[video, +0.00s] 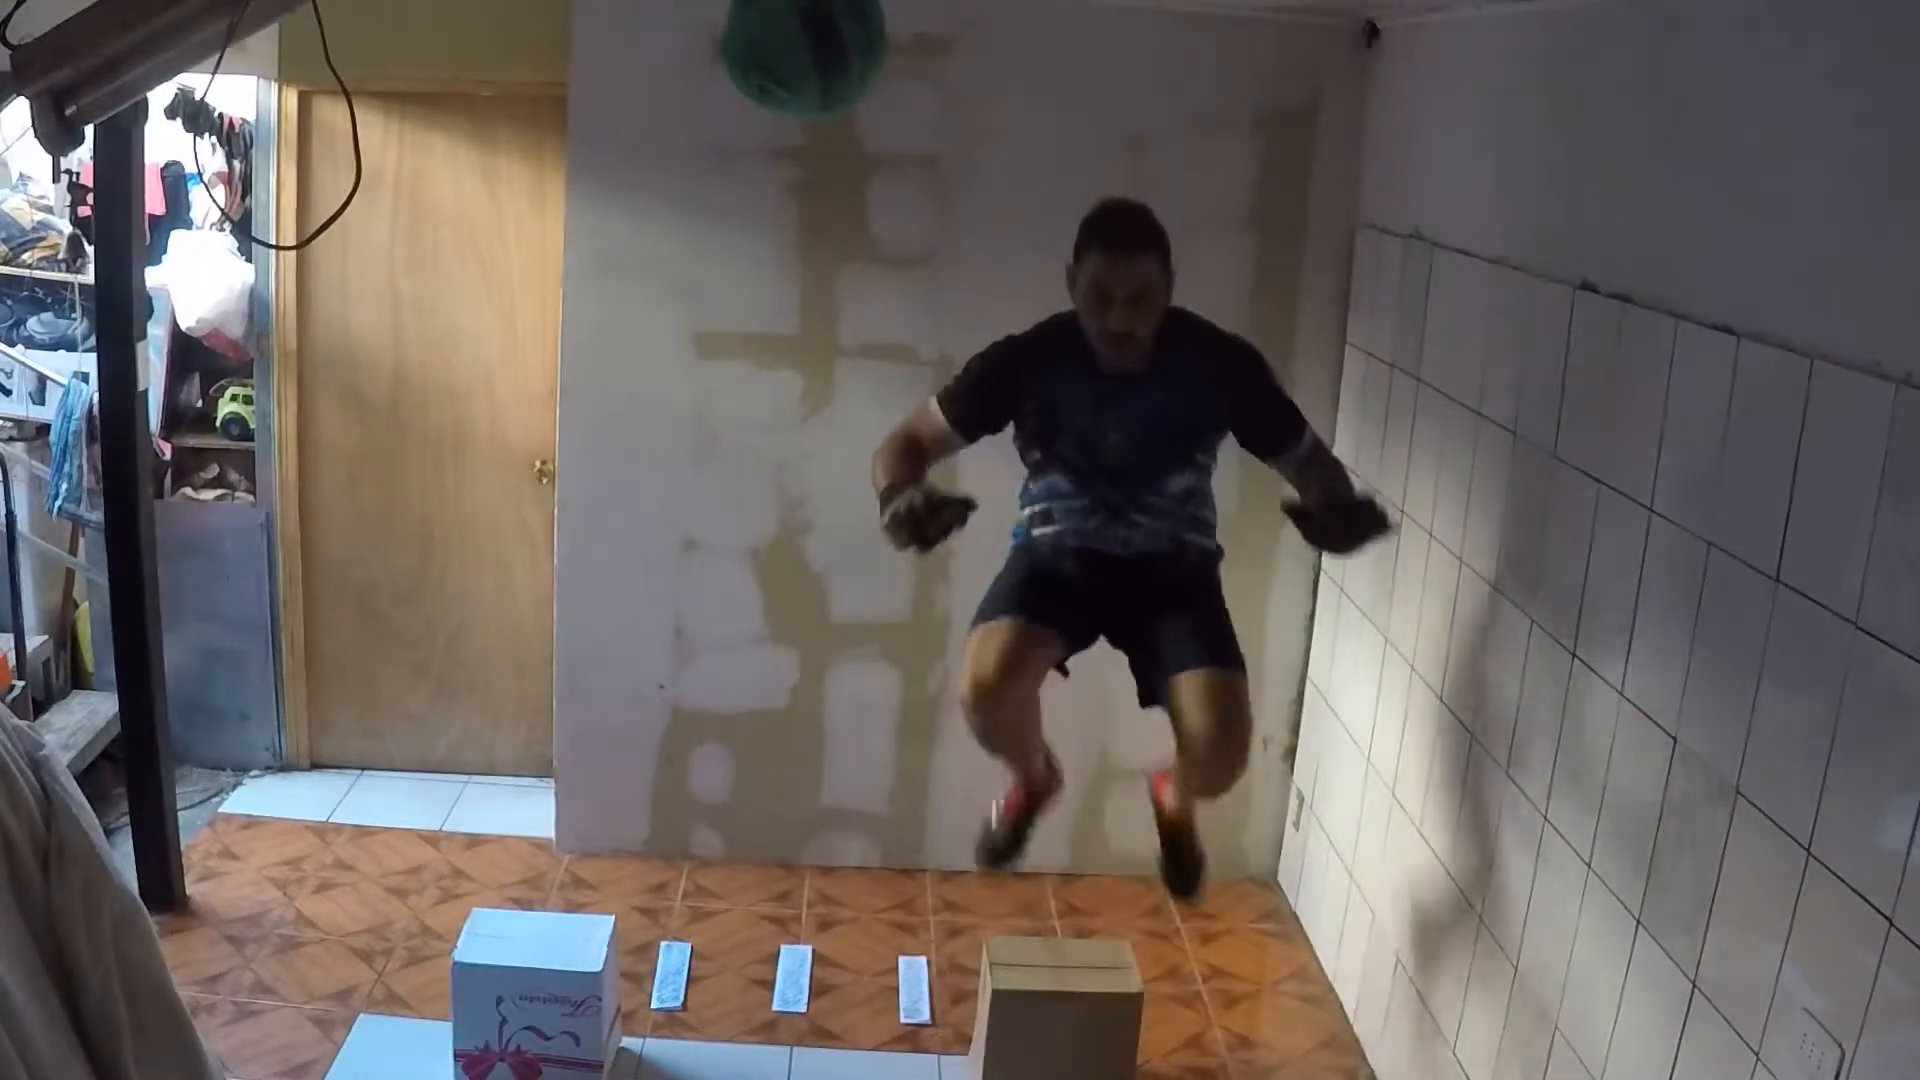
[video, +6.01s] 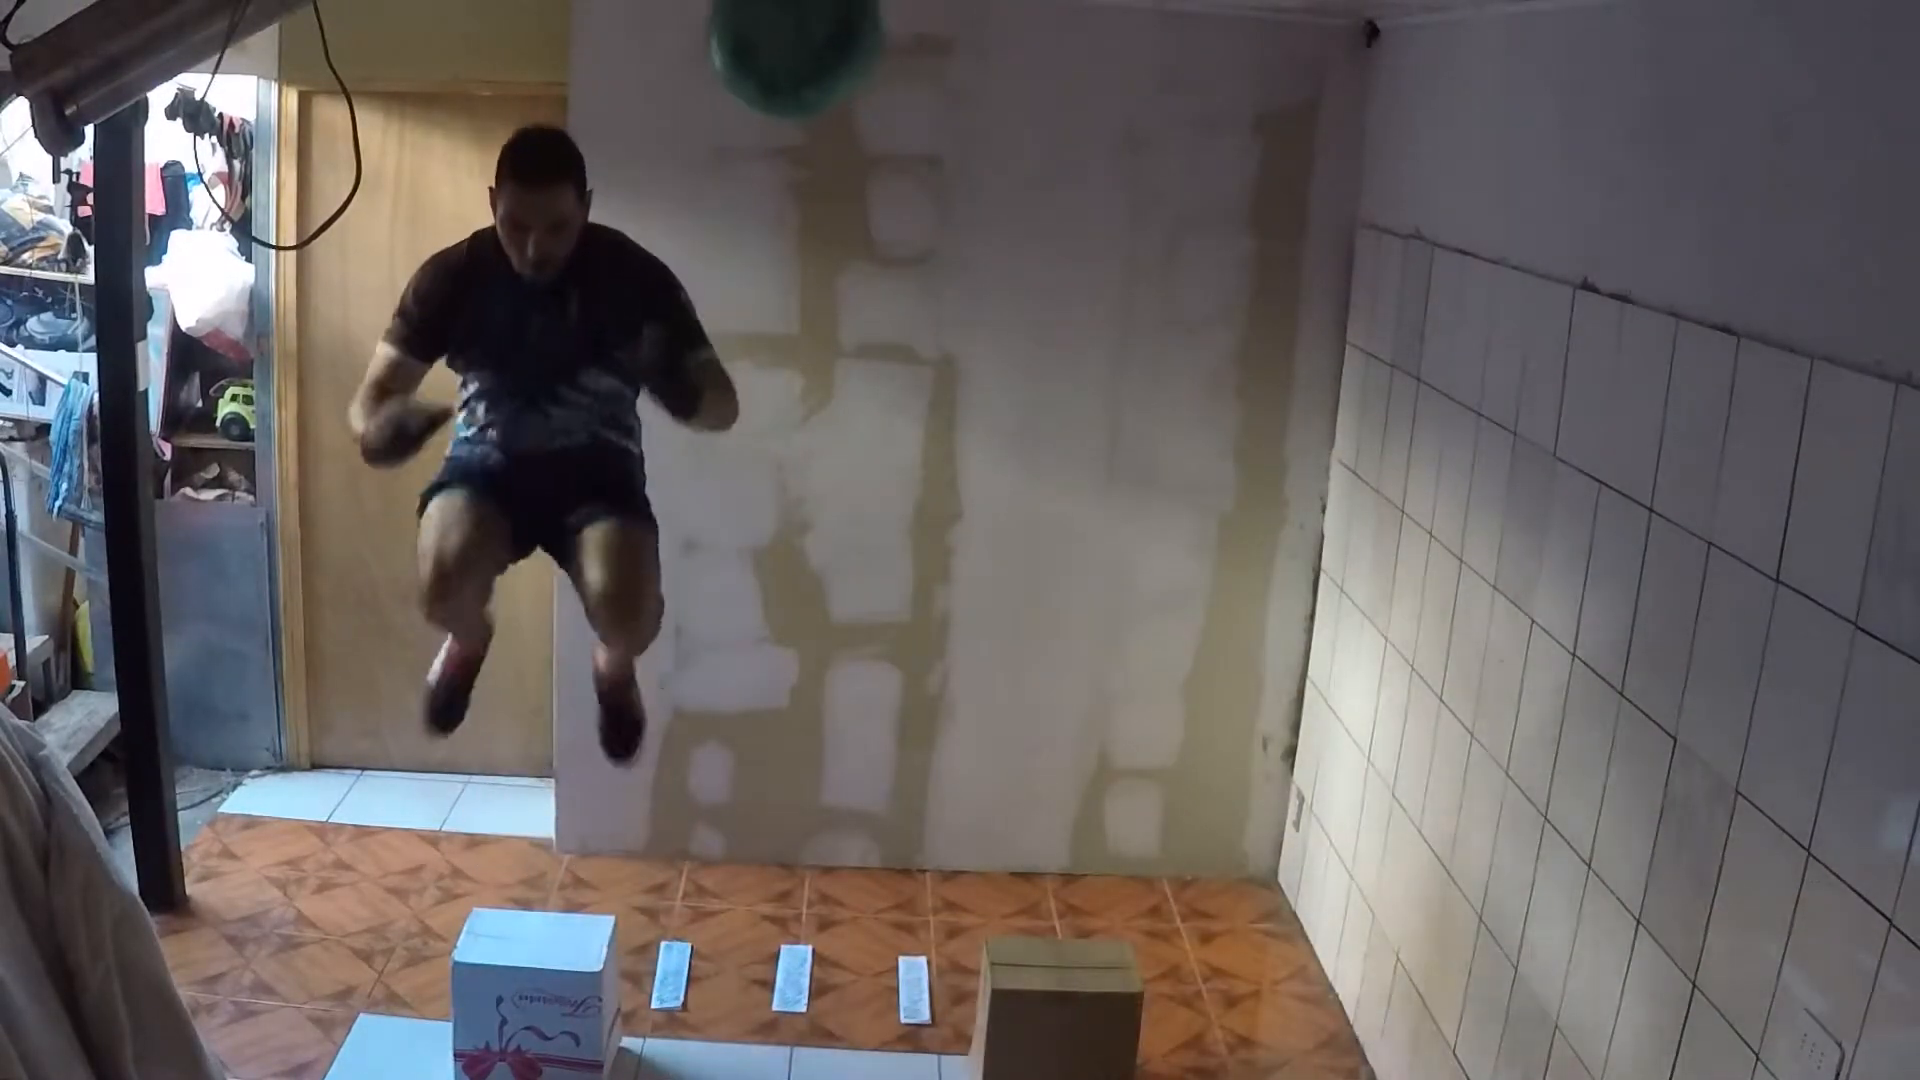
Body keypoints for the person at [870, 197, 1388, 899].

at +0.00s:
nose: (1120, 319)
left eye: (1139, 300)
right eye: (1103, 299)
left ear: (1168, 290)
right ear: (1075, 288)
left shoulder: (1218, 363)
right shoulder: (1033, 358)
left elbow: (1306, 459)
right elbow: (907, 443)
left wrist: (1338, 508)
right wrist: (901, 496)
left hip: (1173, 562)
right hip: (1057, 554)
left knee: (1221, 750)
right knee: (987, 688)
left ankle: (1174, 799)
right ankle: (1034, 780)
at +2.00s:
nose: (1031, 523)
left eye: (1036, 501)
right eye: (1027, 503)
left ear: (1094, 481)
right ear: (1088, 487)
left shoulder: (1243, 557)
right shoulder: (1087, 562)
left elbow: (1386, 688)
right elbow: (1124, 684)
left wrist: (1292, 812)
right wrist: (1077, 751)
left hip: (1249, 855)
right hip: (1145, 847)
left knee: (1181, 1067)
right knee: (1120, 1054)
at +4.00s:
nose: (962, 387)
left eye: (977, 376)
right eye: (950, 372)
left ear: (1013, 351)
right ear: (937, 350)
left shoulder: (1065, 398)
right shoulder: (916, 382)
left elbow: (1154, 503)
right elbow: (898, 430)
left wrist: (1079, 556)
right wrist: (905, 506)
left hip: (1040, 584)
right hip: (951, 576)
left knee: (1037, 768)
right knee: (897, 717)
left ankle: (1065, 918)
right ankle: (952, 818)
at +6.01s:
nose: (535, 249)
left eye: (555, 228)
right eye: (517, 228)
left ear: (584, 209)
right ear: (495, 208)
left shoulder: (629, 273)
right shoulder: (454, 277)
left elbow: (721, 408)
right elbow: (375, 397)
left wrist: (669, 375)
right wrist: (383, 432)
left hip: (596, 447)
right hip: (490, 444)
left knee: (625, 603)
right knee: (443, 577)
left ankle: (615, 672)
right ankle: (467, 643)